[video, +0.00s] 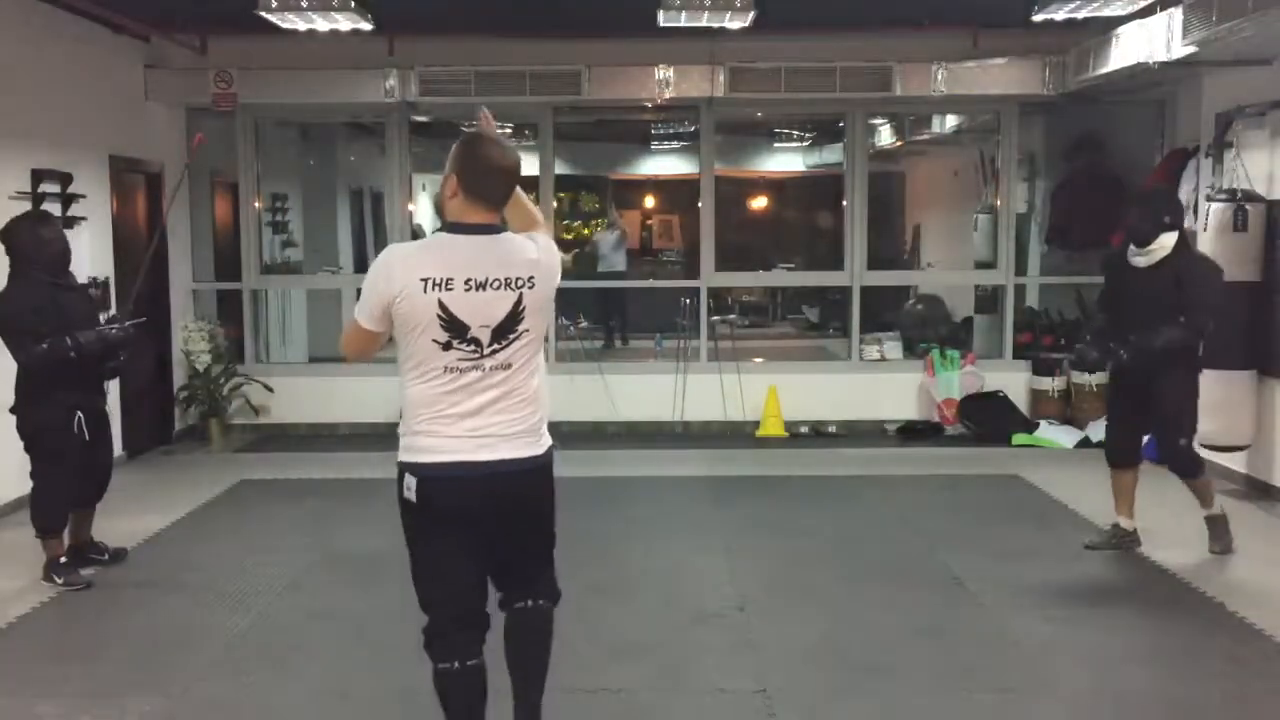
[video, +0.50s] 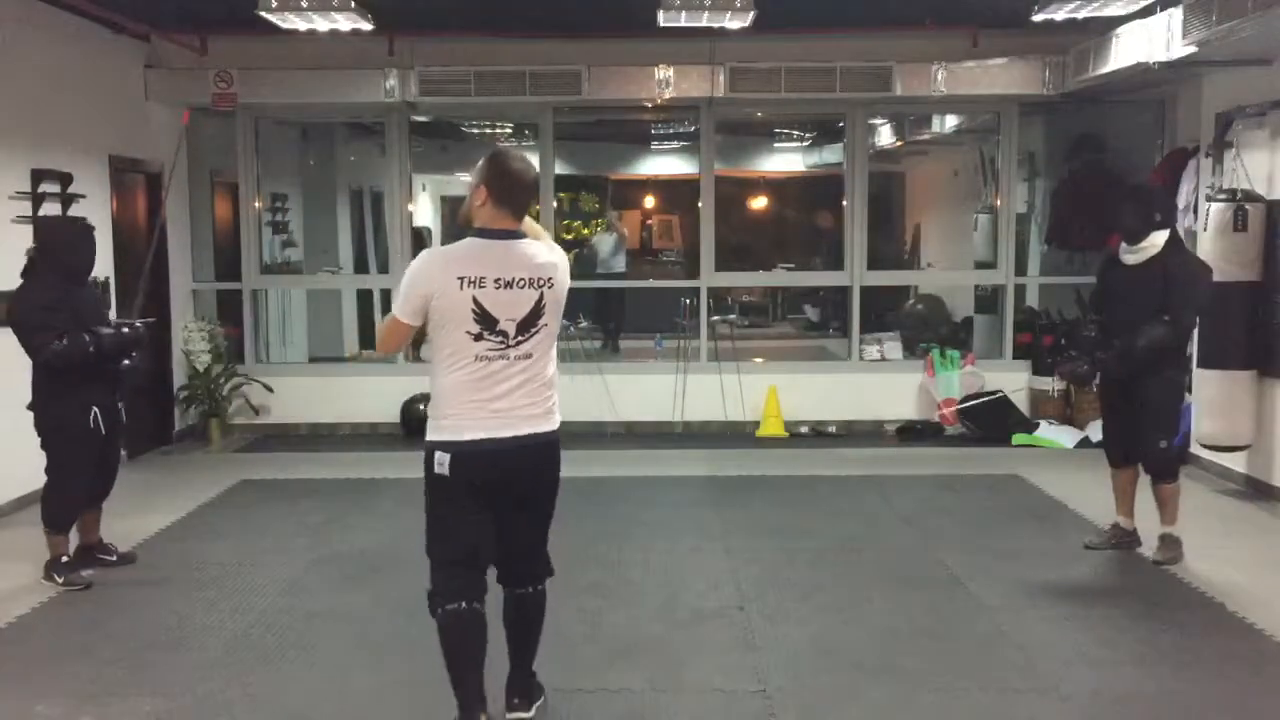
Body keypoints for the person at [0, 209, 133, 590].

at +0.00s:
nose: (64, 243)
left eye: (62, 236)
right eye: (53, 238)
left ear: (61, 239)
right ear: (30, 247)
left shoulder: (71, 289)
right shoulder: (16, 297)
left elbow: (93, 350)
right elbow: (29, 356)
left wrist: (113, 345)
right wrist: (81, 344)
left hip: (86, 398)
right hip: (45, 403)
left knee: (94, 467)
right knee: (53, 475)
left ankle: (81, 544)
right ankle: (55, 561)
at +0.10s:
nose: (65, 243)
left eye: (63, 236)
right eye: (55, 238)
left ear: (63, 240)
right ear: (30, 247)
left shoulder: (73, 289)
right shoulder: (17, 297)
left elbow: (93, 346)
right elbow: (31, 352)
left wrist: (113, 340)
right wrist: (82, 341)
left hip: (86, 397)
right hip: (45, 402)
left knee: (96, 466)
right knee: (53, 475)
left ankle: (83, 542)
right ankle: (55, 559)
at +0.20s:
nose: (70, 237)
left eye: (67, 230)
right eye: (60, 231)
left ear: (55, 240)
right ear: (36, 243)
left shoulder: (75, 287)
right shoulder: (20, 296)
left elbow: (88, 338)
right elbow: (38, 350)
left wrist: (116, 336)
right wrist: (97, 340)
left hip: (88, 397)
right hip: (48, 404)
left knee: (101, 465)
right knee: (55, 477)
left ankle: (86, 540)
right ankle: (55, 560)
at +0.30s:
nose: (74, 244)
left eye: (72, 238)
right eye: (65, 239)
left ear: (66, 244)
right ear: (42, 247)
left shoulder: (80, 289)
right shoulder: (22, 297)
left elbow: (95, 337)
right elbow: (42, 350)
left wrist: (118, 334)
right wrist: (100, 338)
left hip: (91, 397)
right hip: (51, 404)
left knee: (95, 468)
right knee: (55, 477)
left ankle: (90, 544)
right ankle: (56, 560)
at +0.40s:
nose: (81, 251)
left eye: (80, 243)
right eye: (73, 244)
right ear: (51, 248)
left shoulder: (83, 290)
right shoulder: (27, 297)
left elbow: (95, 335)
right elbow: (50, 351)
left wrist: (121, 335)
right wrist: (109, 337)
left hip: (94, 396)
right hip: (57, 402)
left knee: (96, 468)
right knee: (60, 475)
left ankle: (90, 545)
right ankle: (56, 560)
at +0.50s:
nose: (90, 254)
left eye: (90, 246)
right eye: (83, 246)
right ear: (62, 249)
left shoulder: (86, 290)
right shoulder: (32, 296)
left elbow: (98, 333)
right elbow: (52, 352)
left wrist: (125, 335)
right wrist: (110, 339)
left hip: (98, 397)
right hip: (60, 402)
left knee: (100, 469)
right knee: (66, 475)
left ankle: (90, 545)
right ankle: (58, 559)